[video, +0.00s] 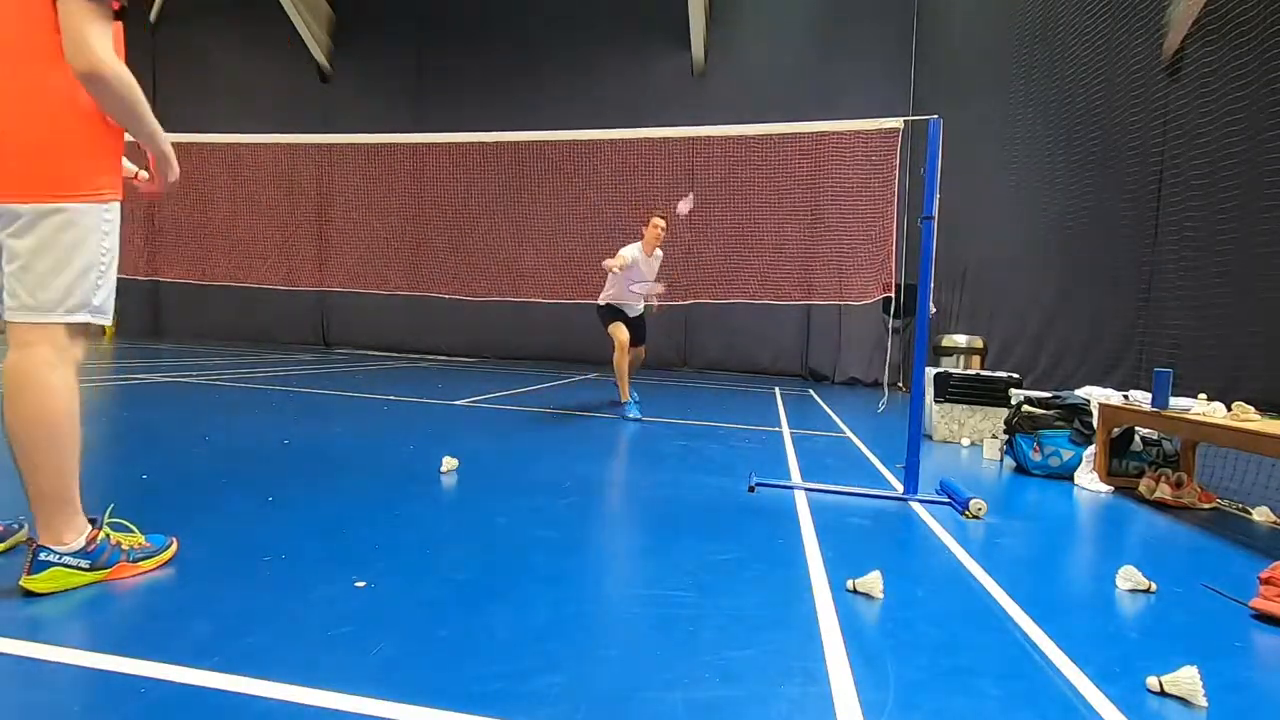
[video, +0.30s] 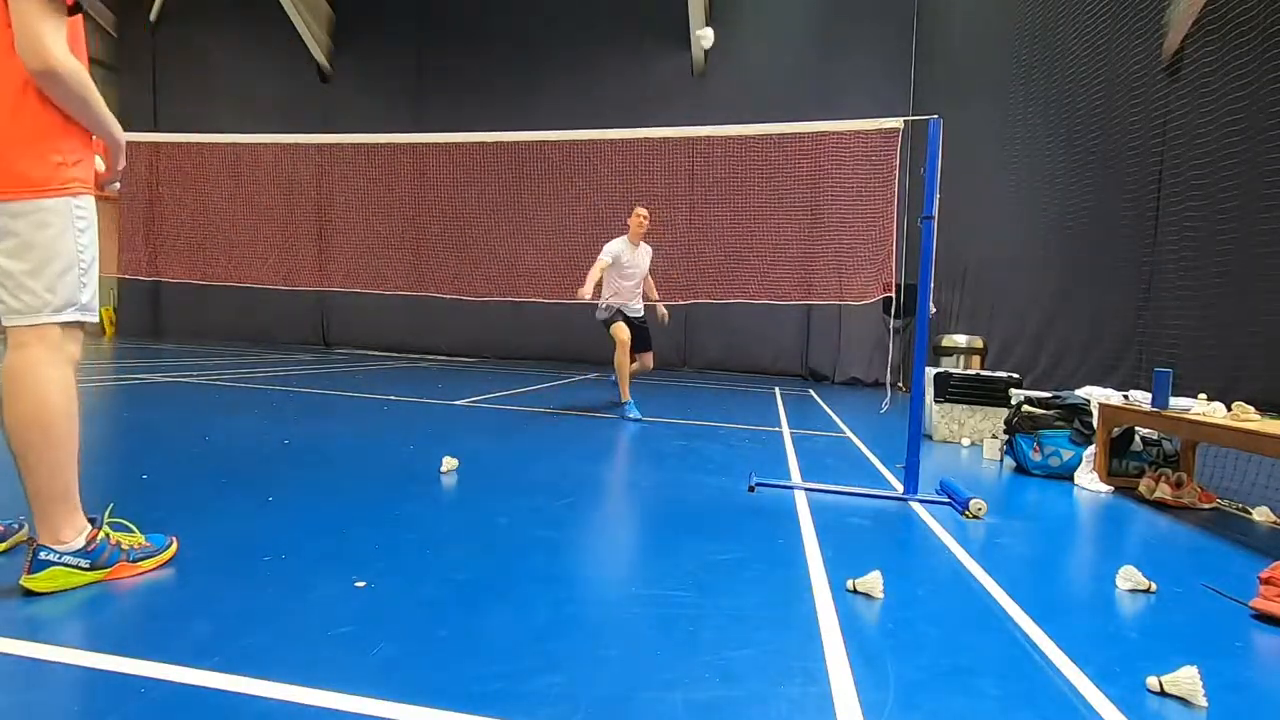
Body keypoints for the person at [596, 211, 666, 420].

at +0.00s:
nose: (659, 232)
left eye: (663, 229)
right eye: (655, 227)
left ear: (666, 235)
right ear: (645, 229)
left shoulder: (658, 256)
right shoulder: (632, 252)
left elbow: (646, 279)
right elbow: (619, 261)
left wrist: (652, 296)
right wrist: (613, 265)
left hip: (635, 309)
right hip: (611, 306)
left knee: (638, 354)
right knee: (623, 339)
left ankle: (623, 382)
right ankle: (626, 400)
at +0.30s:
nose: (641, 221)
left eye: (645, 218)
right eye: (638, 216)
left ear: (648, 224)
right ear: (629, 220)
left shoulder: (647, 251)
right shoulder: (615, 246)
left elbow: (646, 277)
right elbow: (598, 268)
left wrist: (657, 302)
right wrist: (588, 287)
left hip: (635, 310)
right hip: (612, 307)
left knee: (646, 364)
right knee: (624, 339)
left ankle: (620, 375)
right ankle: (626, 401)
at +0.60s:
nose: (622, 206)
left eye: (626, 203)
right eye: (619, 202)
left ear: (632, 209)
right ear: (613, 207)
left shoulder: (639, 237)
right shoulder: (597, 233)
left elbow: (650, 264)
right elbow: (583, 262)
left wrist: (655, 278)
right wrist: (572, 289)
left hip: (625, 298)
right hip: (599, 295)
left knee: (626, 347)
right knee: (600, 332)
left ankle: (611, 388)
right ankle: (601, 390)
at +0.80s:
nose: (608, 204)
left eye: (611, 200)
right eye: (605, 200)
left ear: (617, 206)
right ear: (599, 204)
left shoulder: (627, 231)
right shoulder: (586, 231)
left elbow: (638, 258)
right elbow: (574, 258)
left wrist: (636, 271)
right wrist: (566, 275)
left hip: (617, 293)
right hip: (589, 291)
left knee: (619, 342)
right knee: (575, 337)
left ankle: (610, 388)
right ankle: (568, 382)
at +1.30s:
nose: (605, 220)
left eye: (609, 217)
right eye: (602, 216)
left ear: (615, 221)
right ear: (597, 219)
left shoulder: (624, 245)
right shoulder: (584, 246)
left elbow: (632, 269)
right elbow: (573, 274)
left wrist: (635, 294)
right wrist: (571, 300)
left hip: (618, 302)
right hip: (591, 303)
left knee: (636, 340)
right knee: (583, 344)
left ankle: (640, 385)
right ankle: (581, 378)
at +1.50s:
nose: (630, 224)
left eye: (633, 221)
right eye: (626, 220)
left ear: (637, 227)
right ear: (620, 224)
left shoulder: (642, 252)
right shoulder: (604, 250)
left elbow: (644, 278)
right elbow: (592, 279)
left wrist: (651, 300)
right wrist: (590, 309)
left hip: (633, 307)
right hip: (608, 309)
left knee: (652, 348)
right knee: (598, 352)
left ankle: (643, 388)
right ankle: (584, 377)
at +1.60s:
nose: (644, 223)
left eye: (647, 221)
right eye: (640, 219)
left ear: (651, 226)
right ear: (632, 223)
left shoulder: (652, 253)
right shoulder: (616, 249)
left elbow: (657, 280)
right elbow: (605, 281)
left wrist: (667, 299)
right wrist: (602, 310)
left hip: (639, 308)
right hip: (616, 308)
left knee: (656, 350)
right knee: (620, 353)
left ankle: (644, 389)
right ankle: (603, 368)